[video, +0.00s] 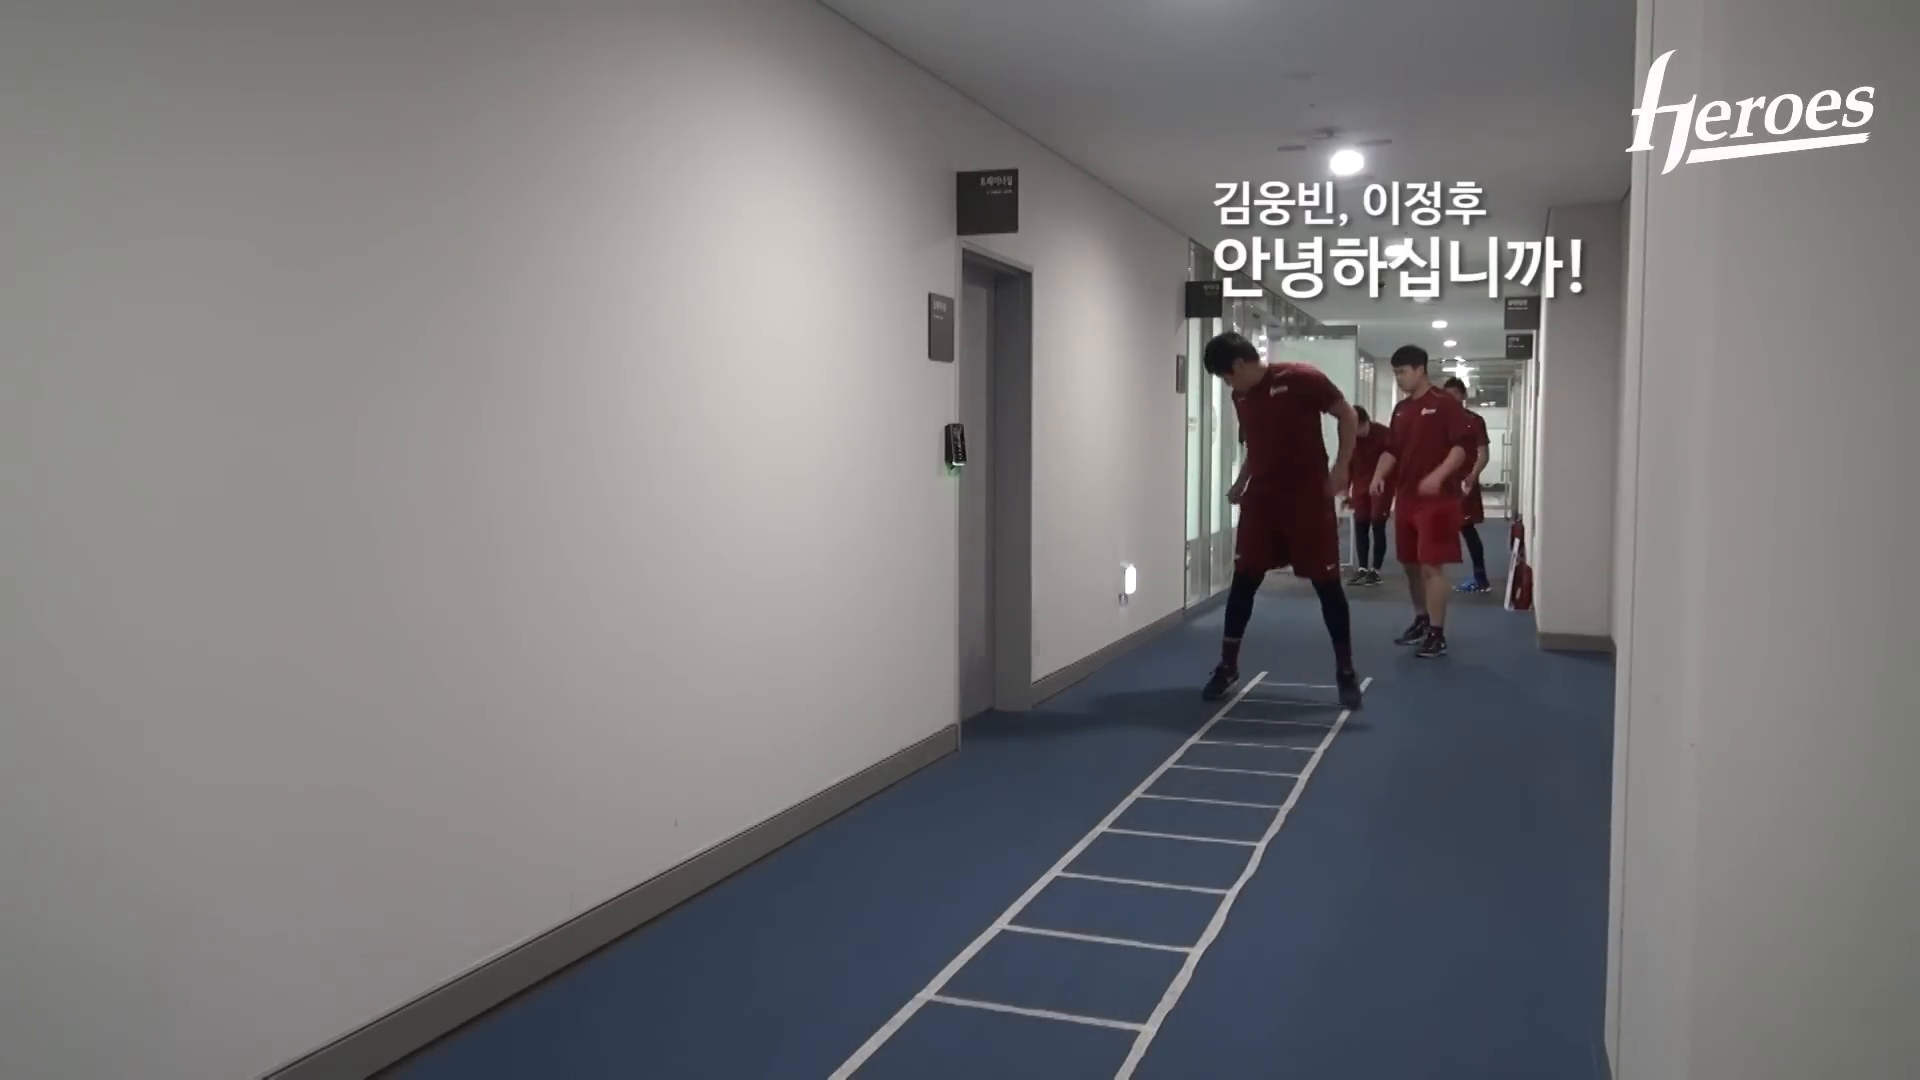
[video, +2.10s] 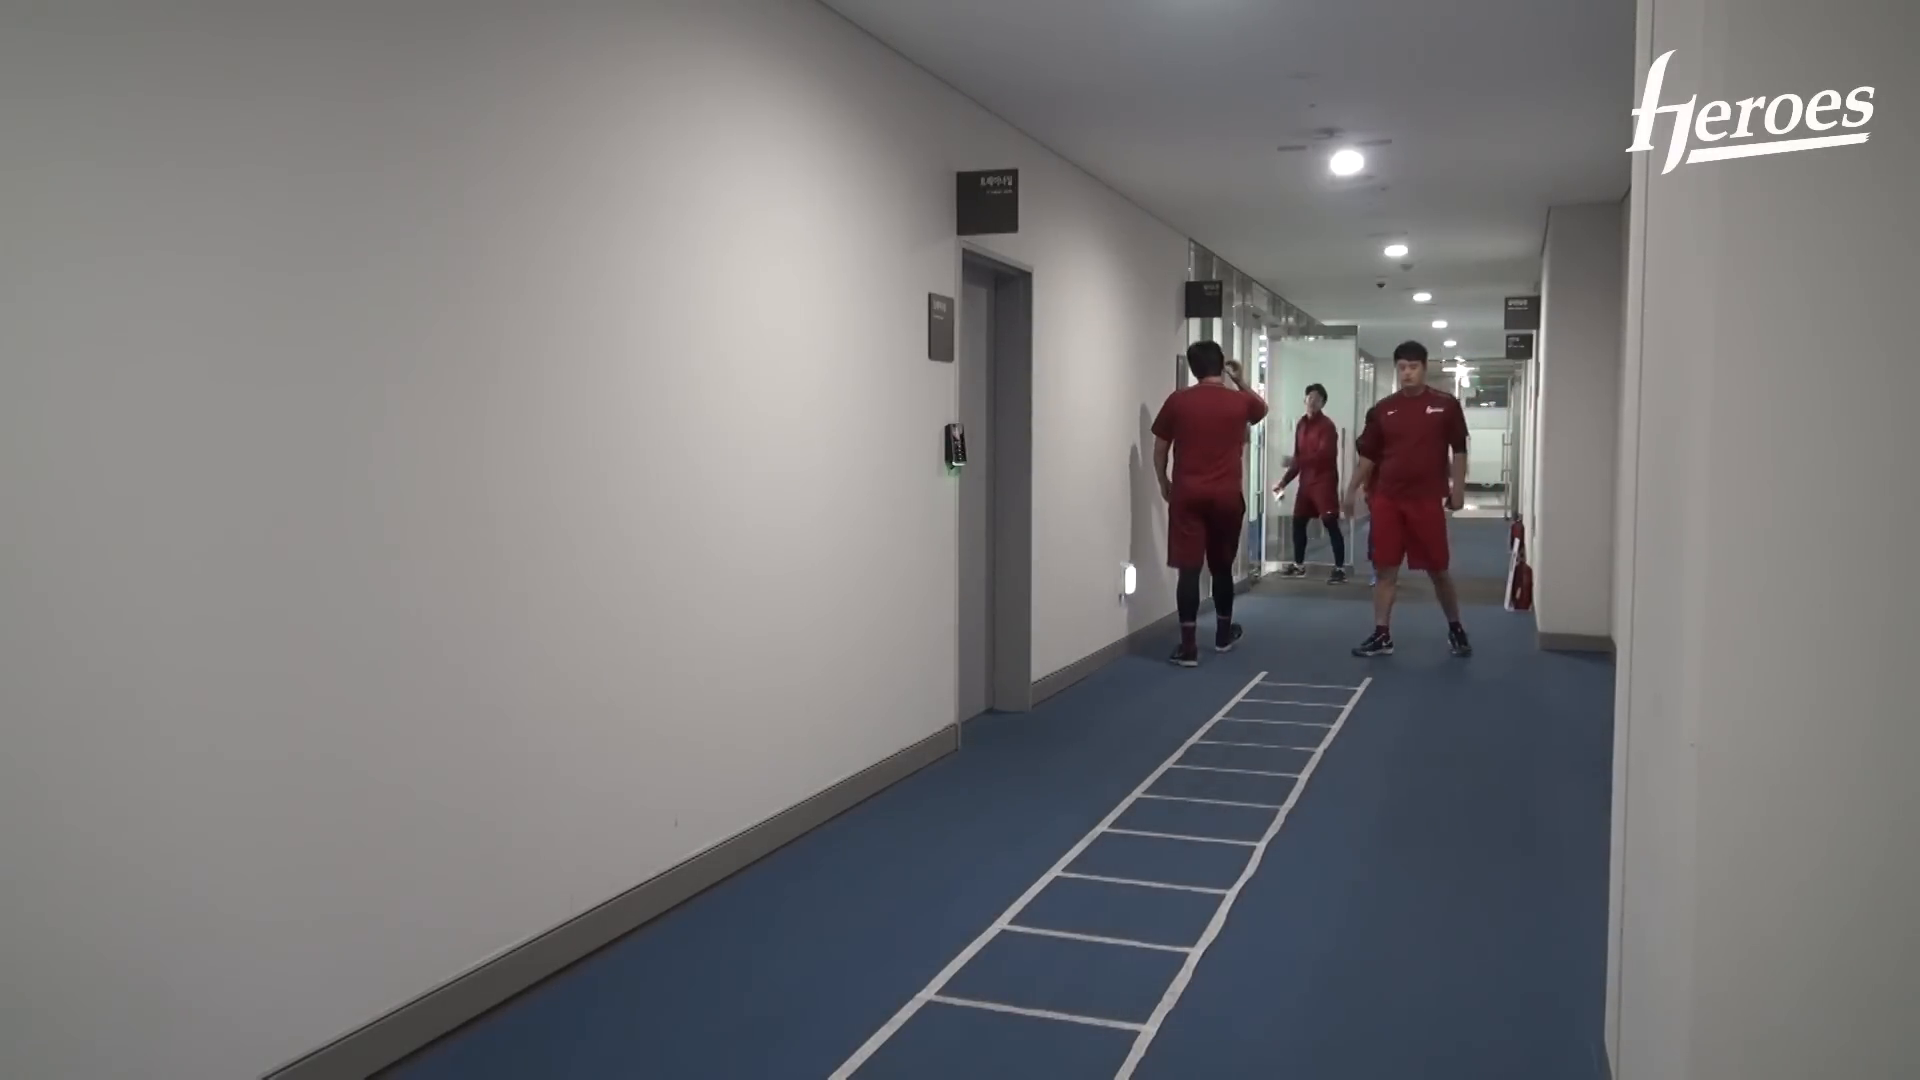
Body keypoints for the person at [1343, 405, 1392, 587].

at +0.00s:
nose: (1358, 432)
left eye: (1360, 427)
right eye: (1354, 428)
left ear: (1366, 421)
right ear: (1351, 426)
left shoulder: (1384, 434)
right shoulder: (1351, 437)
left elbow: (1394, 461)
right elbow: (1347, 464)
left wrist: (1393, 488)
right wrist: (1345, 490)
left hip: (1381, 488)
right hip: (1360, 488)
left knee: (1378, 528)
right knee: (1361, 528)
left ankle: (1375, 569)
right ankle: (1362, 568)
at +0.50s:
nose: (1355, 410)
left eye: (1358, 405)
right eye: (1352, 406)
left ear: (1366, 406)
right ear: (1348, 409)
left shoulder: (1378, 425)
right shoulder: (1344, 427)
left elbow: (1385, 457)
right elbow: (1340, 455)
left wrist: (1386, 486)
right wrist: (1339, 479)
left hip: (1372, 486)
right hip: (1349, 485)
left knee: (1375, 527)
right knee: (1338, 523)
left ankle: (1375, 569)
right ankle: (1340, 563)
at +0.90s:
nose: (1337, 408)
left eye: (1340, 403)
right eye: (1333, 404)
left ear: (1345, 404)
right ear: (1326, 406)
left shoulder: (1359, 427)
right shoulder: (1322, 428)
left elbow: (1367, 457)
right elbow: (1316, 454)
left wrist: (1363, 481)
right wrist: (1319, 477)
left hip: (1353, 482)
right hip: (1330, 482)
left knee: (1358, 524)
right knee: (1326, 525)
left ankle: (1369, 567)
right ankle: (1323, 566)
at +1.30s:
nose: (1328, 436)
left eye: (1330, 432)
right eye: (1324, 432)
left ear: (1337, 426)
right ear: (1320, 430)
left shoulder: (1352, 438)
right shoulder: (1315, 441)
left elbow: (1356, 470)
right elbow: (1311, 468)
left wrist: (1342, 491)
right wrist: (1315, 490)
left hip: (1346, 491)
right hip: (1324, 490)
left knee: (1344, 527)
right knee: (1323, 528)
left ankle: (1342, 565)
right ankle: (1323, 565)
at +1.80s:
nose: (1325, 413)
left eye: (1329, 409)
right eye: (1322, 409)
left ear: (1335, 410)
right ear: (1317, 409)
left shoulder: (1345, 432)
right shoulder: (1311, 427)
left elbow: (1348, 465)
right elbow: (1306, 456)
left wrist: (1337, 488)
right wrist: (1301, 483)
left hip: (1339, 484)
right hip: (1318, 483)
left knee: (1339, 524)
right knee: (1313, 522)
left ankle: (1340, 566)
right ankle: (1317, 565)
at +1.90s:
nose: (1322, 405)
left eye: (1326, 401)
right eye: (1319, 401)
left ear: (1332, 404)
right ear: (1314, 403)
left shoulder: (1340, 429)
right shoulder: (1309, 426)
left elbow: (1342, 463)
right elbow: (1305, 456)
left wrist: (1322, 478)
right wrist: (1296, 480)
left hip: (1336, 484)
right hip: (1315, 483)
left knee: (1337, 522)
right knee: (1306, 520)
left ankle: (1340, 566)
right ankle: (1309, 563)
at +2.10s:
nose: (1311, 400)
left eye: (1316, 397)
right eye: (1309, 396)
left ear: (1322, 401)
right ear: (1305, 399)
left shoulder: (1327, 425)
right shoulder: (1302, 424)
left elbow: (1326, 455)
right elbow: (1299, 459)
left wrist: (1297, 461)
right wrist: (1283, 483)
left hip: (1325, 482)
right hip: (1306, 482)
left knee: (1329, 521)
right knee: (1299, 521)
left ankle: (1339, 567)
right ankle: (1299, 564)